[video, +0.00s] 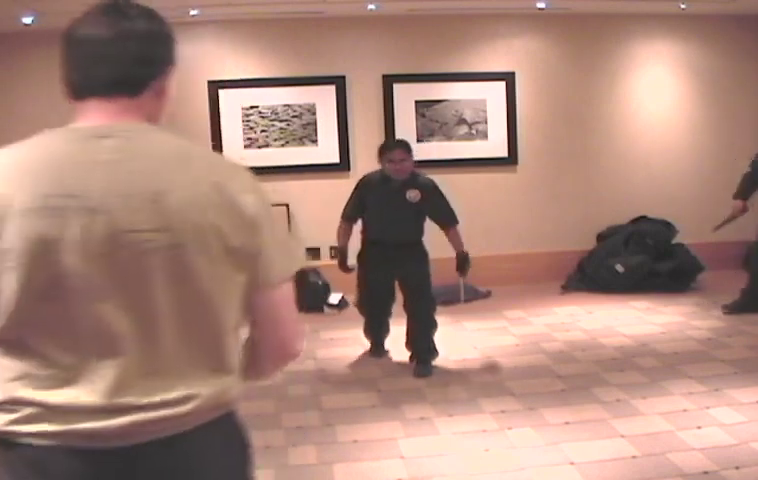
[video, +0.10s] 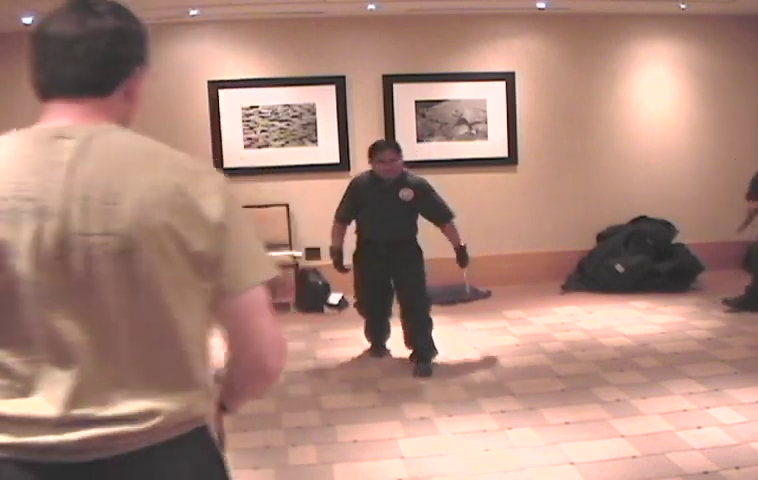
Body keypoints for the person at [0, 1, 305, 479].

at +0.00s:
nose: (171, 92)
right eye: (171, 81)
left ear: (68, 85)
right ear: (162, 86)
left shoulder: (9, 174)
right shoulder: (226, 182)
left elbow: (4, 328)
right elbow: (282, 339)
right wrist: (209, 371)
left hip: (37, 462)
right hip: (195, 457)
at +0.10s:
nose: (142, 89)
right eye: (142, 78)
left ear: (39, 78)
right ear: (133, 83)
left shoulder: (5, 164)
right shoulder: (186, 182)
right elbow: (263, 355)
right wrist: (220, 397)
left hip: (18, 462)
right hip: (163, 460)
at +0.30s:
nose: (108, 84)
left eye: (109, 68)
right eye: (110, 69)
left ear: (6, 59)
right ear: (95, 71)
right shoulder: (147, 175)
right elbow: (194, 360)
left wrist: (218, 419)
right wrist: (222, 422)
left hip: (12, 462)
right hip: (131, 458)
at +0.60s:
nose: (92, 82)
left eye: (93, 64)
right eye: (93, 64)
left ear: (7, 54)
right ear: (77, 64)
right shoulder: (112, 171)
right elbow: (142, 366)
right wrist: (192, 427)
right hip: (104, 462)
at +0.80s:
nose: (86, 81)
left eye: (88, 62)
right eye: (87, 62)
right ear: (71, 65)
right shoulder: (94, 175)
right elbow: (112, 379)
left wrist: (146, 252)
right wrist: (182, 436)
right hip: (88, 463)